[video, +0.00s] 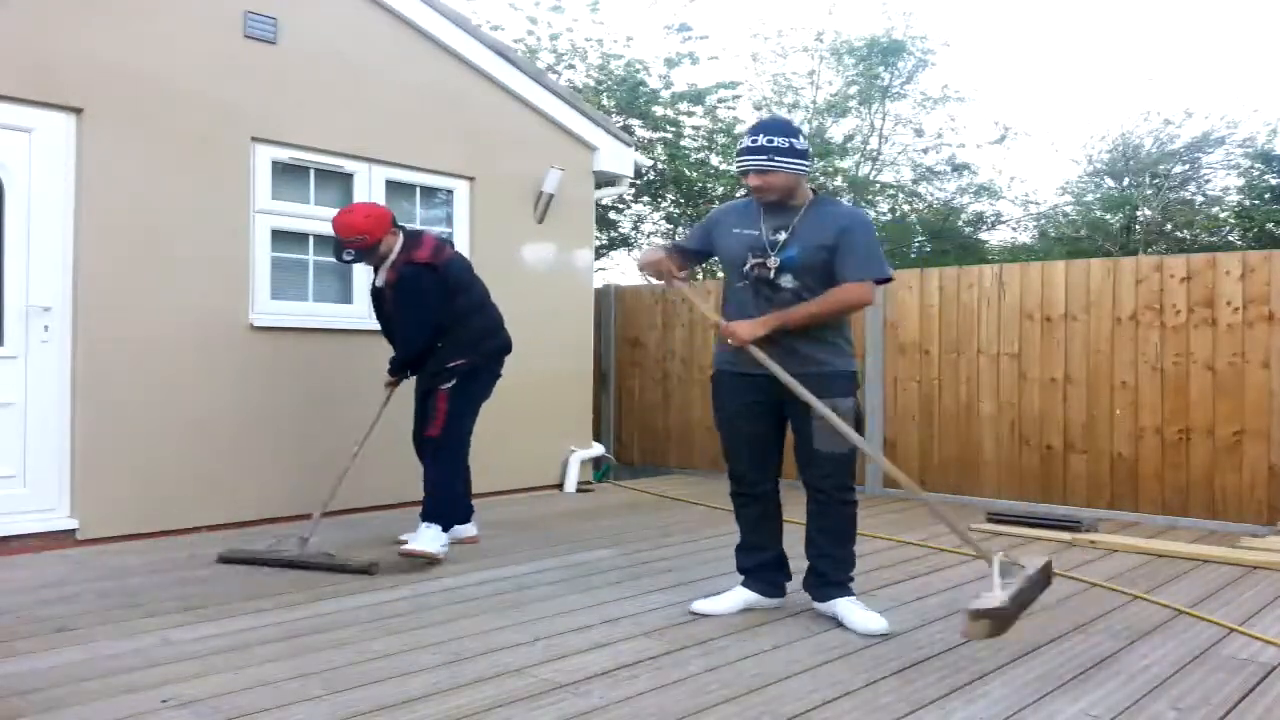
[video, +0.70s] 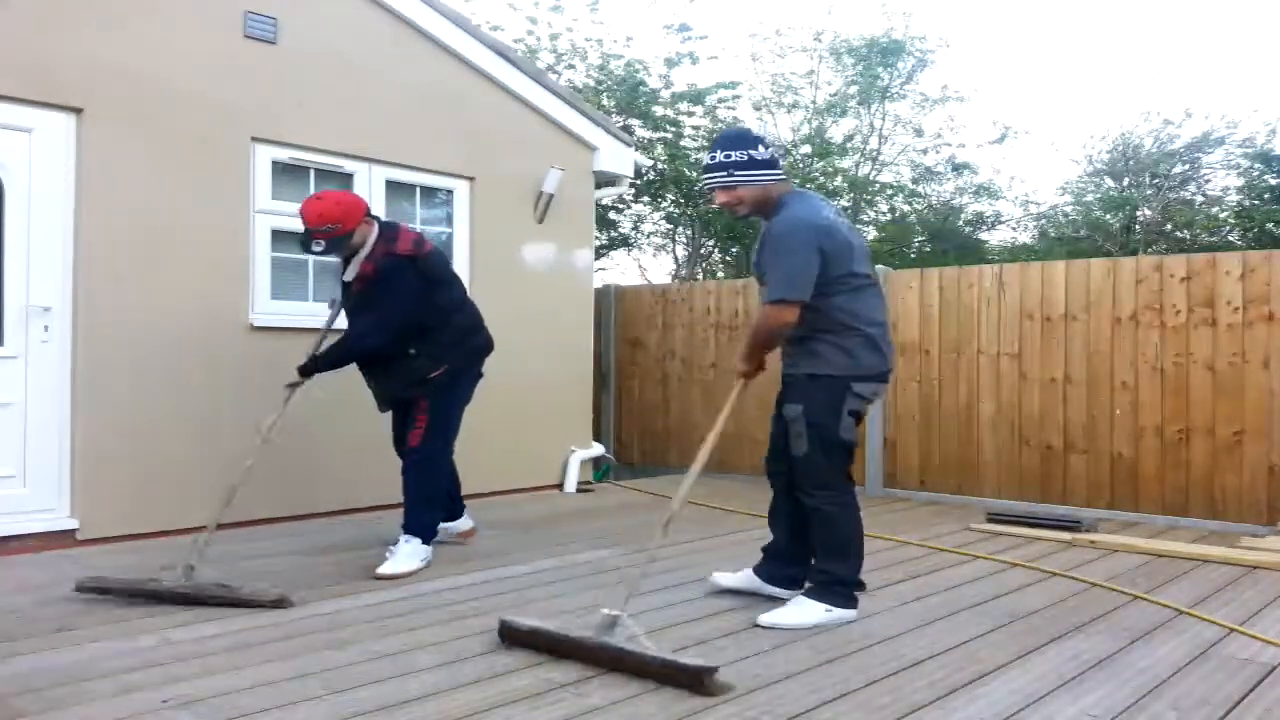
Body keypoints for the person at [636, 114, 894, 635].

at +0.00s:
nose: (752, 181)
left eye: (763, 171)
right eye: (747, 171)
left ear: (796, 169)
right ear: (742, 170)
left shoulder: (844, 219)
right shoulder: (728, 218)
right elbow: (673, 258)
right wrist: (659, 262)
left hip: (821, 375)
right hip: (744, 372)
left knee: (830, 485)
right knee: (750, 482)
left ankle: (832, 591)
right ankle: (762, 584)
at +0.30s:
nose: (729, 191)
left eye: (737, 180)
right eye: (724, 181)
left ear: (770, 172)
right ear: (728, 176)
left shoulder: (809, 219)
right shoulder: (754, 218)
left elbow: (799, 301)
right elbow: (742, 257)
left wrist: (735, 329)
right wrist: (714, 267)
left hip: (811, 370)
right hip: (763, 368)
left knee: (815, 483)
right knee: (765, 482)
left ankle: (835, 593)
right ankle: (765, 583)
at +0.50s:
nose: (725, 197)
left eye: (732, 185)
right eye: (719, 186)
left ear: (763, 175)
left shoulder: (800, 222)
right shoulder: (772, 222)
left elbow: (786, 311)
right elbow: (760, 291)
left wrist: (744, 335)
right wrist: (753, 330)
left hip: (829, 364)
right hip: (791, 361)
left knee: (819, 478)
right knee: (776, 477)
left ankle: (835, 593)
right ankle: (765, 582)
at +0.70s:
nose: (722, 201)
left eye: (728, 189)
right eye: (718, 192)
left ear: (758, 178)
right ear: (761, 180)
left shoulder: (795, 222)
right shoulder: (790, 216)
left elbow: (782, 313)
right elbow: (790, 304)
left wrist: (752, 352)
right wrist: (763, 344)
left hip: (841, 362)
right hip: (811, 359)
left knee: (820, 471)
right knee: (786, 467)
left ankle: (836, 593)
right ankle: (783, 574)